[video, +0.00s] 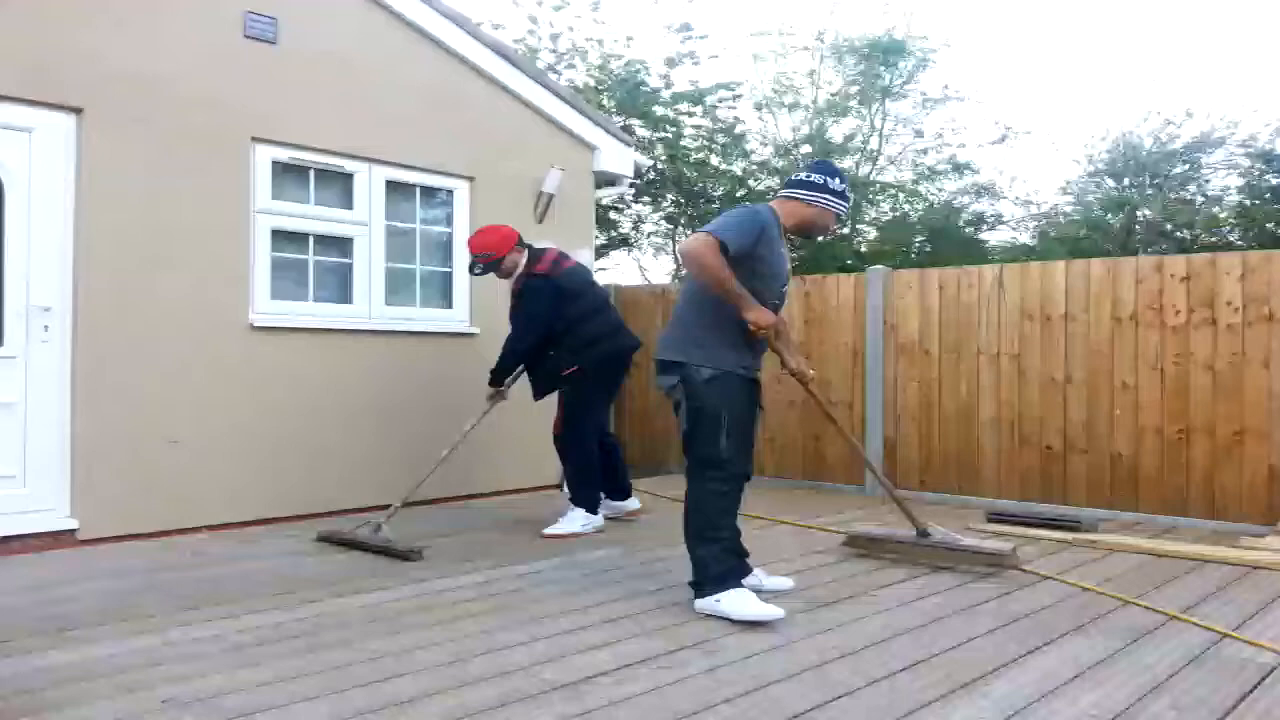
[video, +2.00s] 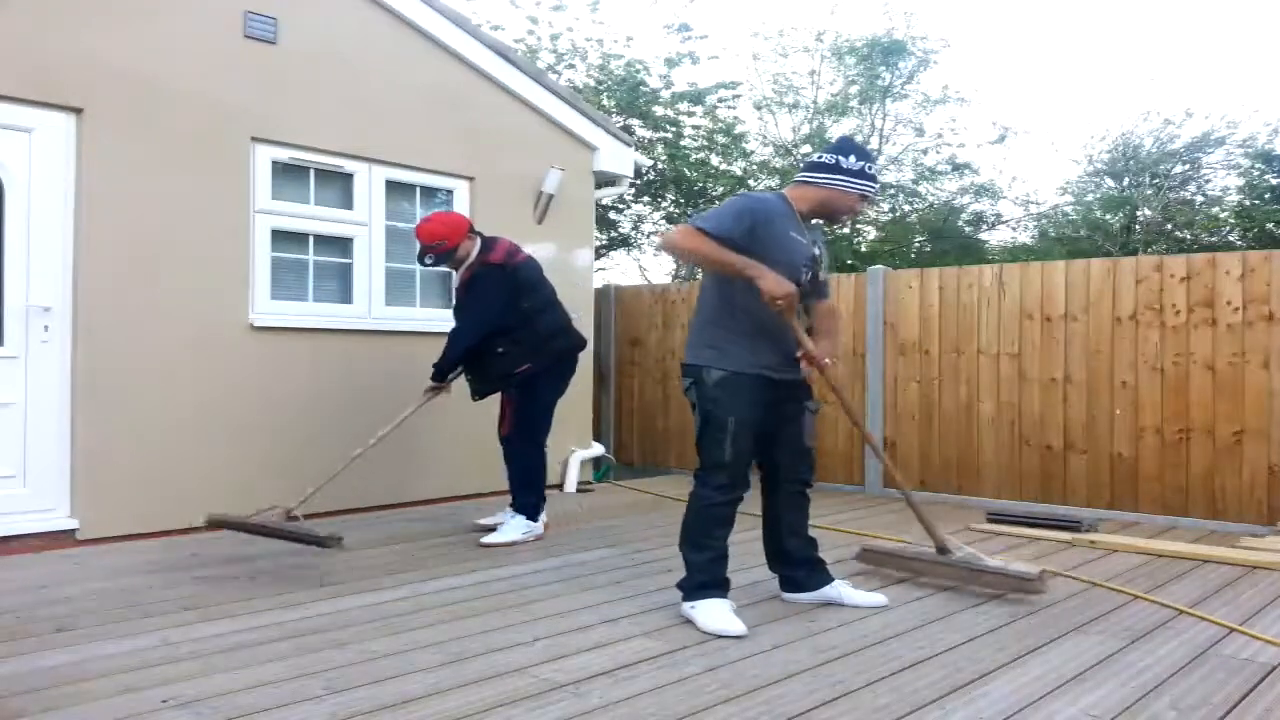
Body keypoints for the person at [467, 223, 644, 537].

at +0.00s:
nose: (495, 273)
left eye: (496, 266)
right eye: (491, 268)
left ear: (511, 252)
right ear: (517, 248)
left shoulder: (534, 284)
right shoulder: (549, 262)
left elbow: (524, 337)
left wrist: (497, 379)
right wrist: (518, 366)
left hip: (591, 358)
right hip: (610, 349)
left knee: (570, 432)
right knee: (592, 426)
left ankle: (585, 510)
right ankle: (619, 496)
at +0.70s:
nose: (493, 271)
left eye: (493, 264)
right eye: (488, 267)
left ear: (510, 251)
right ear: (514, 249)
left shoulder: (528, 284)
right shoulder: (546, 263)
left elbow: (528, 338)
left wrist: (522, 368)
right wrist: (532, 365)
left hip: (578, 358)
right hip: (596, 351)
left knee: (551, 427)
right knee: (569, 428)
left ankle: (570, 505)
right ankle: (585, 503)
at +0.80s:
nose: (490, 274)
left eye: (491, 267)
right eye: (486, 270)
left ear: (508, 253)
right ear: (512, 251)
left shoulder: (525, 287)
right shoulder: (545, 263)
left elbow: (529, 339)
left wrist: (527, 368)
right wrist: (540, 359)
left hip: (578, 357)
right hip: (598, 349)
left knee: (554, 428)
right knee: (573, 427)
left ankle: (551, 508)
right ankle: (584, 503)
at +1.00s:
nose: (486, 280)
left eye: (486, 273)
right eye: (482, 275)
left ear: (501, 259)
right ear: (506, 254)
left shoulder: (520, 292)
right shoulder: (539, 264)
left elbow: (526, 343)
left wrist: (525, 372)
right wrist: (535, 364)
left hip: (576, 358)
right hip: (593, 350)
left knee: (553, 430)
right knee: (568, 428)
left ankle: (535, 511)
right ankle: (583, 503)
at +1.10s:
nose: (483, 282)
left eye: (483, 275)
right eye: (478, 277)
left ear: (498, 261)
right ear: (500, 257)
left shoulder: (526, 288)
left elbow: (528, 339)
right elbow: (521, 332)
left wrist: (516, 371)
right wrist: (518, 366)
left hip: (577, 358)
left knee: (549, 434)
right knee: (564, 430)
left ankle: (533, 515)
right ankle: (582, 503)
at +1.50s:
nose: (463, 277)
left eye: (464, 270)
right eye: (458, 271)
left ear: (481, 255)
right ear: (485, 250)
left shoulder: (509, 286)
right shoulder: (510, 260)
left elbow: (497, 340)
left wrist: (462, 376)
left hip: (558, 359)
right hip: (570, 351)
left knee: (534, 437)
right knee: (561, 430)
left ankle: (528, 517)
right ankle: (580, 503)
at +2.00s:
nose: (446, 264)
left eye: (447, 257)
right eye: (442, 259)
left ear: (464, 241)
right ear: (466, 239)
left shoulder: (490, 272)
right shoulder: (489, 257)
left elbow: (470, 330)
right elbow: (474, 323)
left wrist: (440, 373)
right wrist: (451, 365)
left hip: (544, 358)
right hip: (530, 358)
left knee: (523, 435)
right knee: (514, 434)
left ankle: (529, 517)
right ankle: (522, 509)